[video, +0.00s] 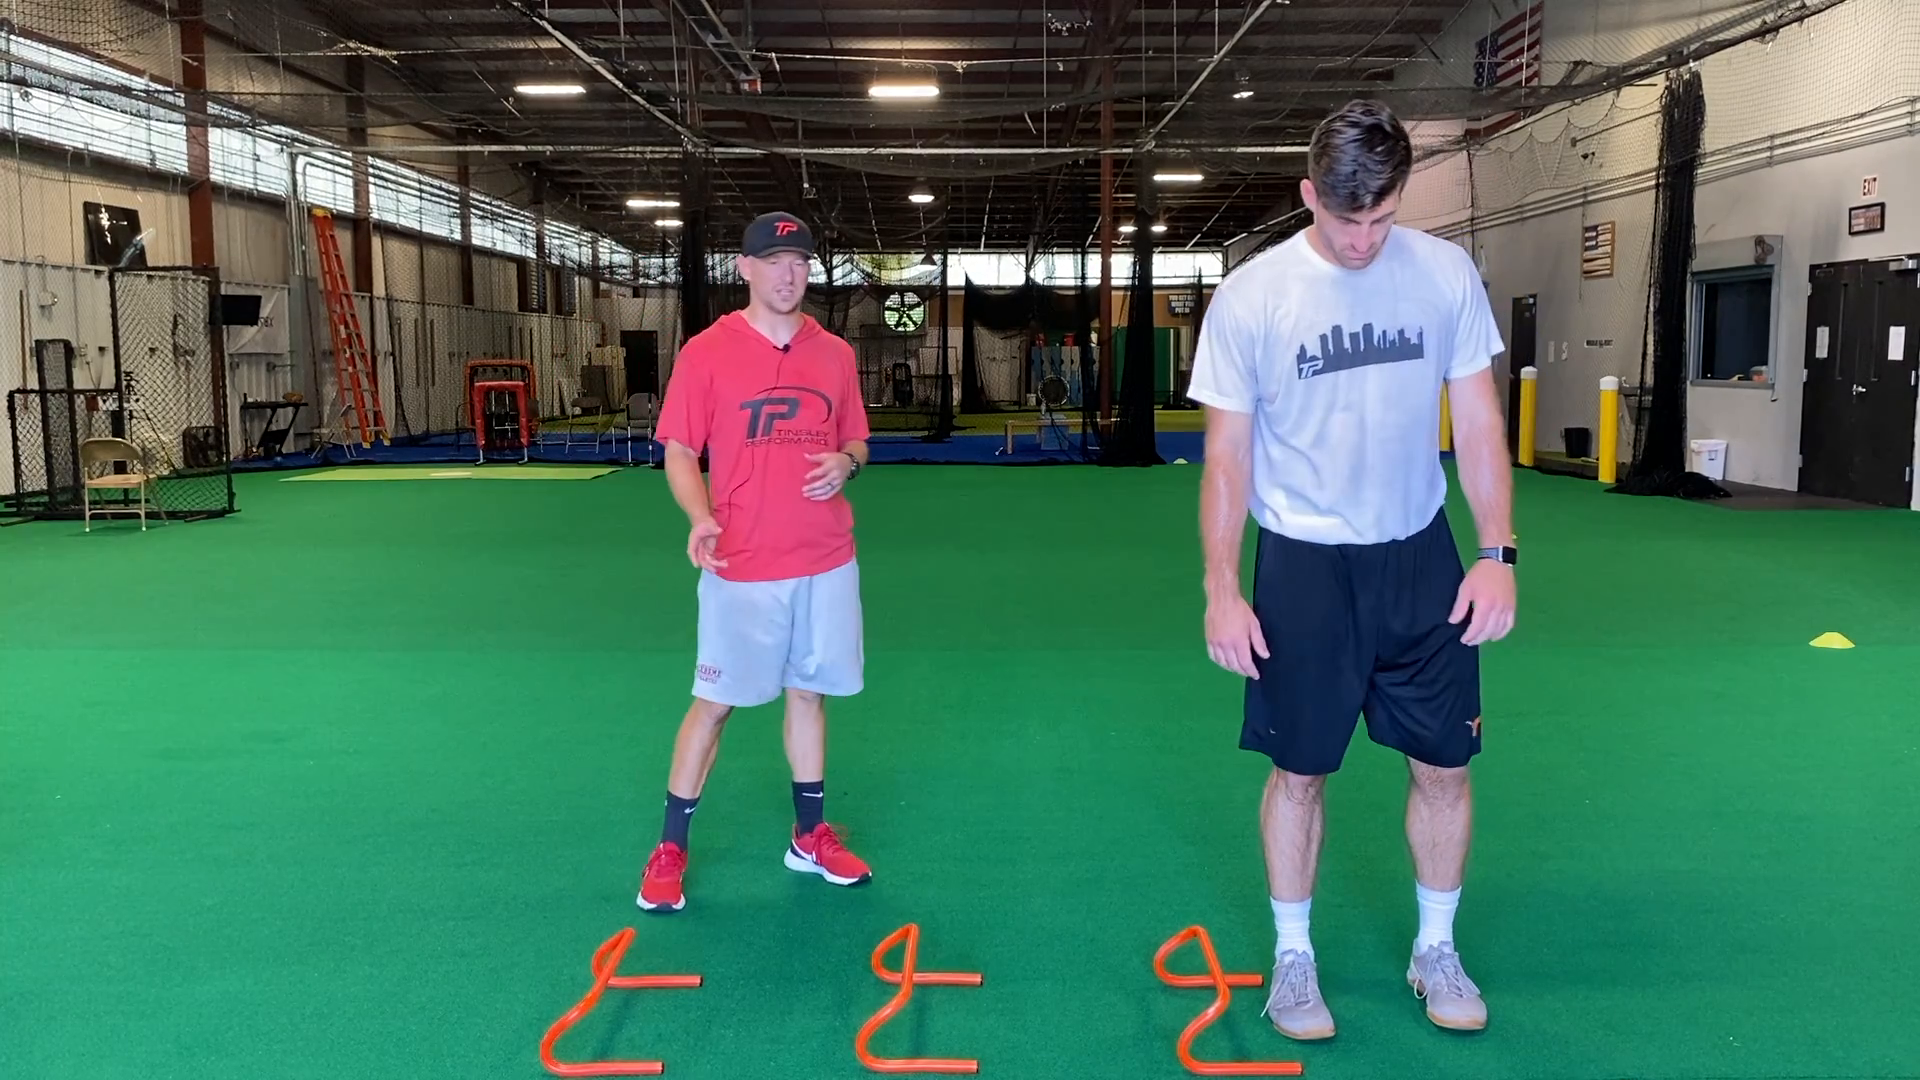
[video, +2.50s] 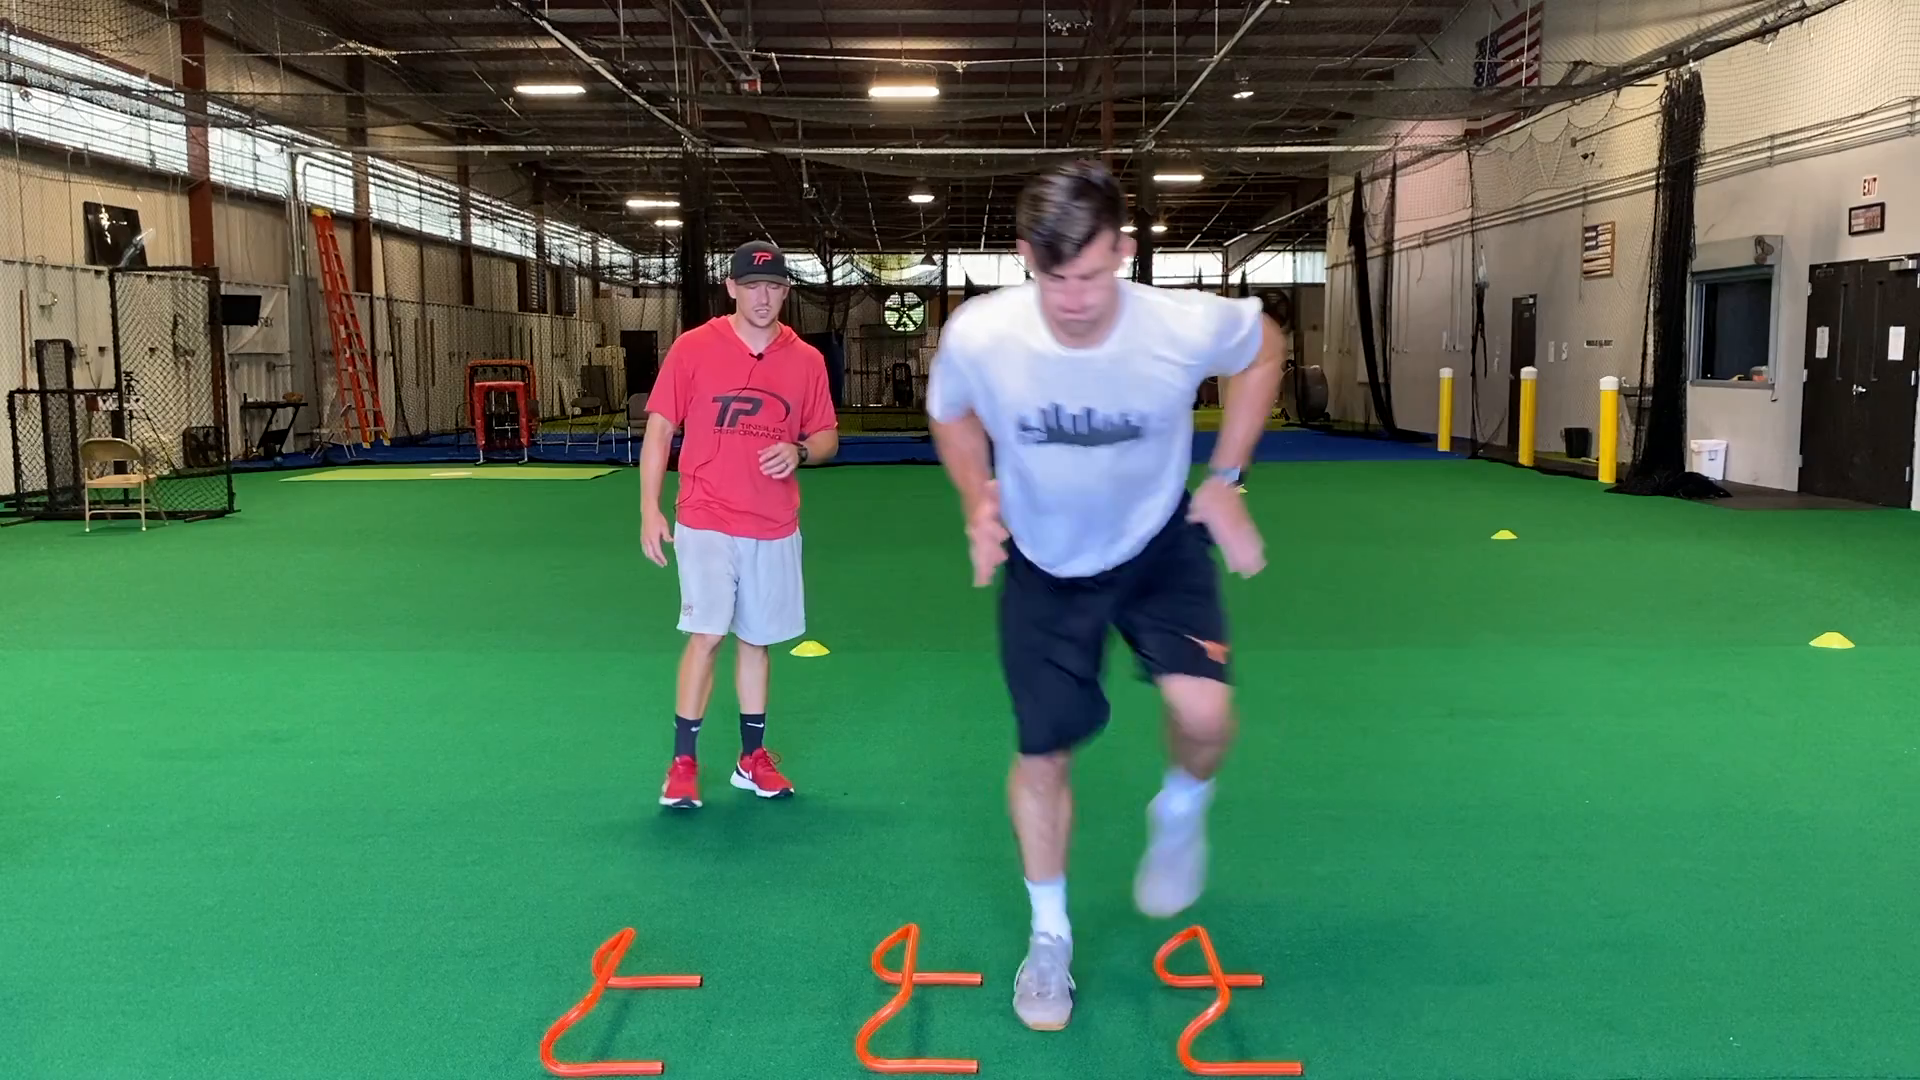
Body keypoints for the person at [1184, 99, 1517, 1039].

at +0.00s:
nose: (1363, 234)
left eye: (1380, 215)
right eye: (1346, 215)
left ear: (1402, 194)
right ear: (1308, 191)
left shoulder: (1444, 274)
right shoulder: (1249, 298)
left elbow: (1479, 422)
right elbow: (1225, 458)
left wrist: (1497, 552)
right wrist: (1223, 590)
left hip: (1419, 557)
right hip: (1302, 564)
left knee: (1445, 759)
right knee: (1300, 766)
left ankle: (1437, 950)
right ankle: (1294, 959)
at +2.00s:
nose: (1396, 367)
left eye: (1414, 347)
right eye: (1377, 347)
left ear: (1436, 322)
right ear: (1338, 318)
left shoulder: (1476, 381)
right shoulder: (1257, 374)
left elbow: (1517, 467)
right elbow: (1192, 449)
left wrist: (1499, 598)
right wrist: (1214, 586)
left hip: (1394, 581)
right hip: (1275, 580)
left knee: (1418, 769)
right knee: (1288, 763)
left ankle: (1424, 958)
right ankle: (1300, 952)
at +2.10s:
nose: (1367, 377)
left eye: (1386, 357)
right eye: (1349, 357)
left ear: (1410, 334)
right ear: (1309, 329)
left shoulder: (1451, 409)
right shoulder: (1229, 380)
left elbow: (1487, 514)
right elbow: (1177, 440)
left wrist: (1461, 647)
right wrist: (1180, 571)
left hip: (1369, 578)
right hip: (1248, 573)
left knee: (1410, 772)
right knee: (1259, 756)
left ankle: (1421, 957)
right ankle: (1275, 871)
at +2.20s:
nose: (1316, 376)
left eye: (1336, 356)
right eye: (1298, 355)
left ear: (1363, 335)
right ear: (1262, 331)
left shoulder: (1408, 421)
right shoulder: (1197, 388)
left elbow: (1440, 527)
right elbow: (1138, 424)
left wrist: (1387, 628)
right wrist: (1126, 539)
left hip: (1341, 590)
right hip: (1216, 579)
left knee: (1400, 789)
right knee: (1199, 739)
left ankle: (1422, 961)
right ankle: (1190, 814)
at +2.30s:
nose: (1237, 342)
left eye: (1254, 322)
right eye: (1220, 322)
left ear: (1280, 298)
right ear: (1181, 302)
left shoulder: (1334, 371)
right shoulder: (1121, 364)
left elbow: (1390, 441)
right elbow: (1078, 403)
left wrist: (1331, 516)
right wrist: (1082, 521)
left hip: (1293, 582)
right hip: (1163, 572)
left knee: (1360, 764)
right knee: (1116, 735)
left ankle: (1423, 947)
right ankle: (1091, 877)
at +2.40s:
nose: (1149, 313)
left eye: (1165, 293)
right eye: (1130, 295)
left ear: (1193, 275)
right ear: (1099, 279)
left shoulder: (1250, 333)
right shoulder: (1039, 354)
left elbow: (1320, 349)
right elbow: (1010, 423)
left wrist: (1293, 478)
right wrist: (1038, 539)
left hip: (1230, 569)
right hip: (1103, 581)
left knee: (1315, 750)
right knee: (1081, 773)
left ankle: (1343, 857)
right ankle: (1053, 942)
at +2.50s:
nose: (1073, 296)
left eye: (1090, 276)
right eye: (1056, 278)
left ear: (1123, 251)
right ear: (1027, 260)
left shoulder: (1181, 324)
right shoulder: (978, 334)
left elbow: (1262, 347)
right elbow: (948, 408)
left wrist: (1224, 476)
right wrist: (978, 498)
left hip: (1159, 546)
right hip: (1042, 565)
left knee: (1205, 714)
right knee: (1041, 753)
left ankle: (1180, 814)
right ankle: (1048, 935)